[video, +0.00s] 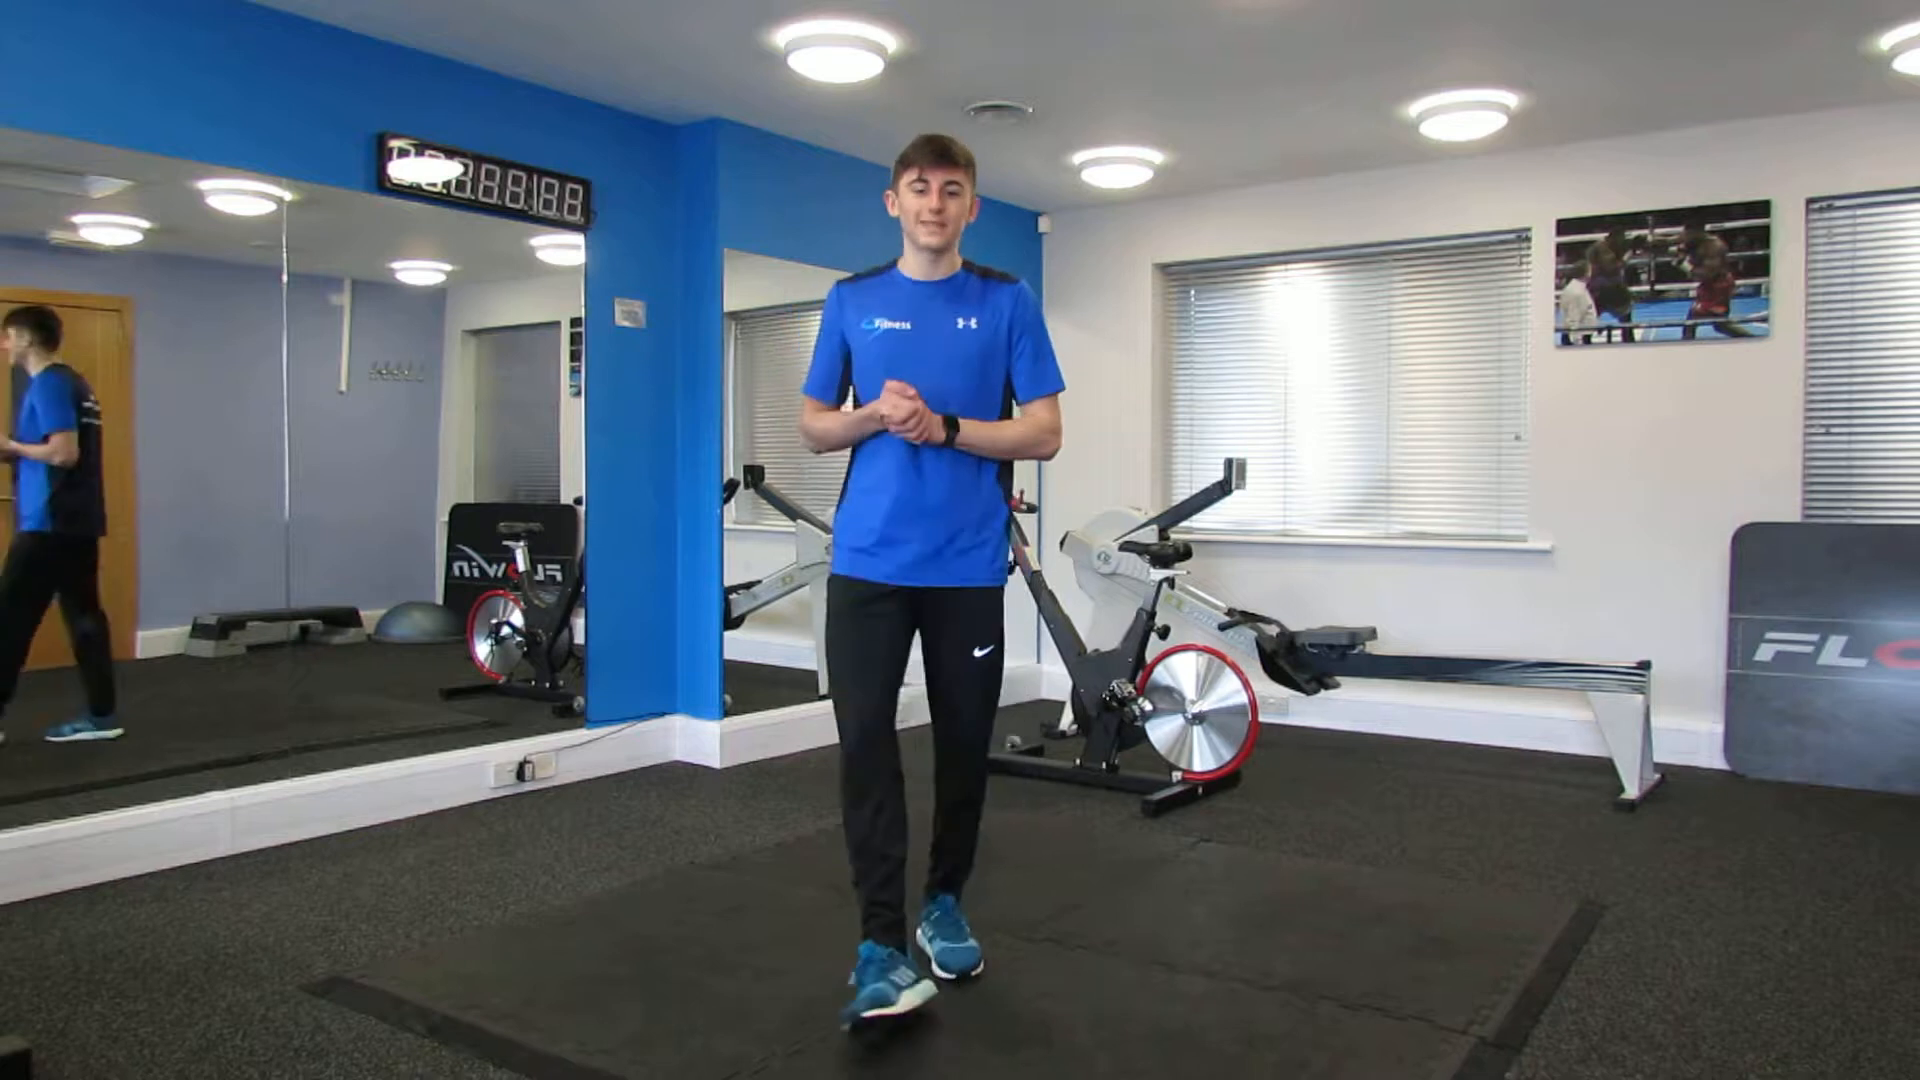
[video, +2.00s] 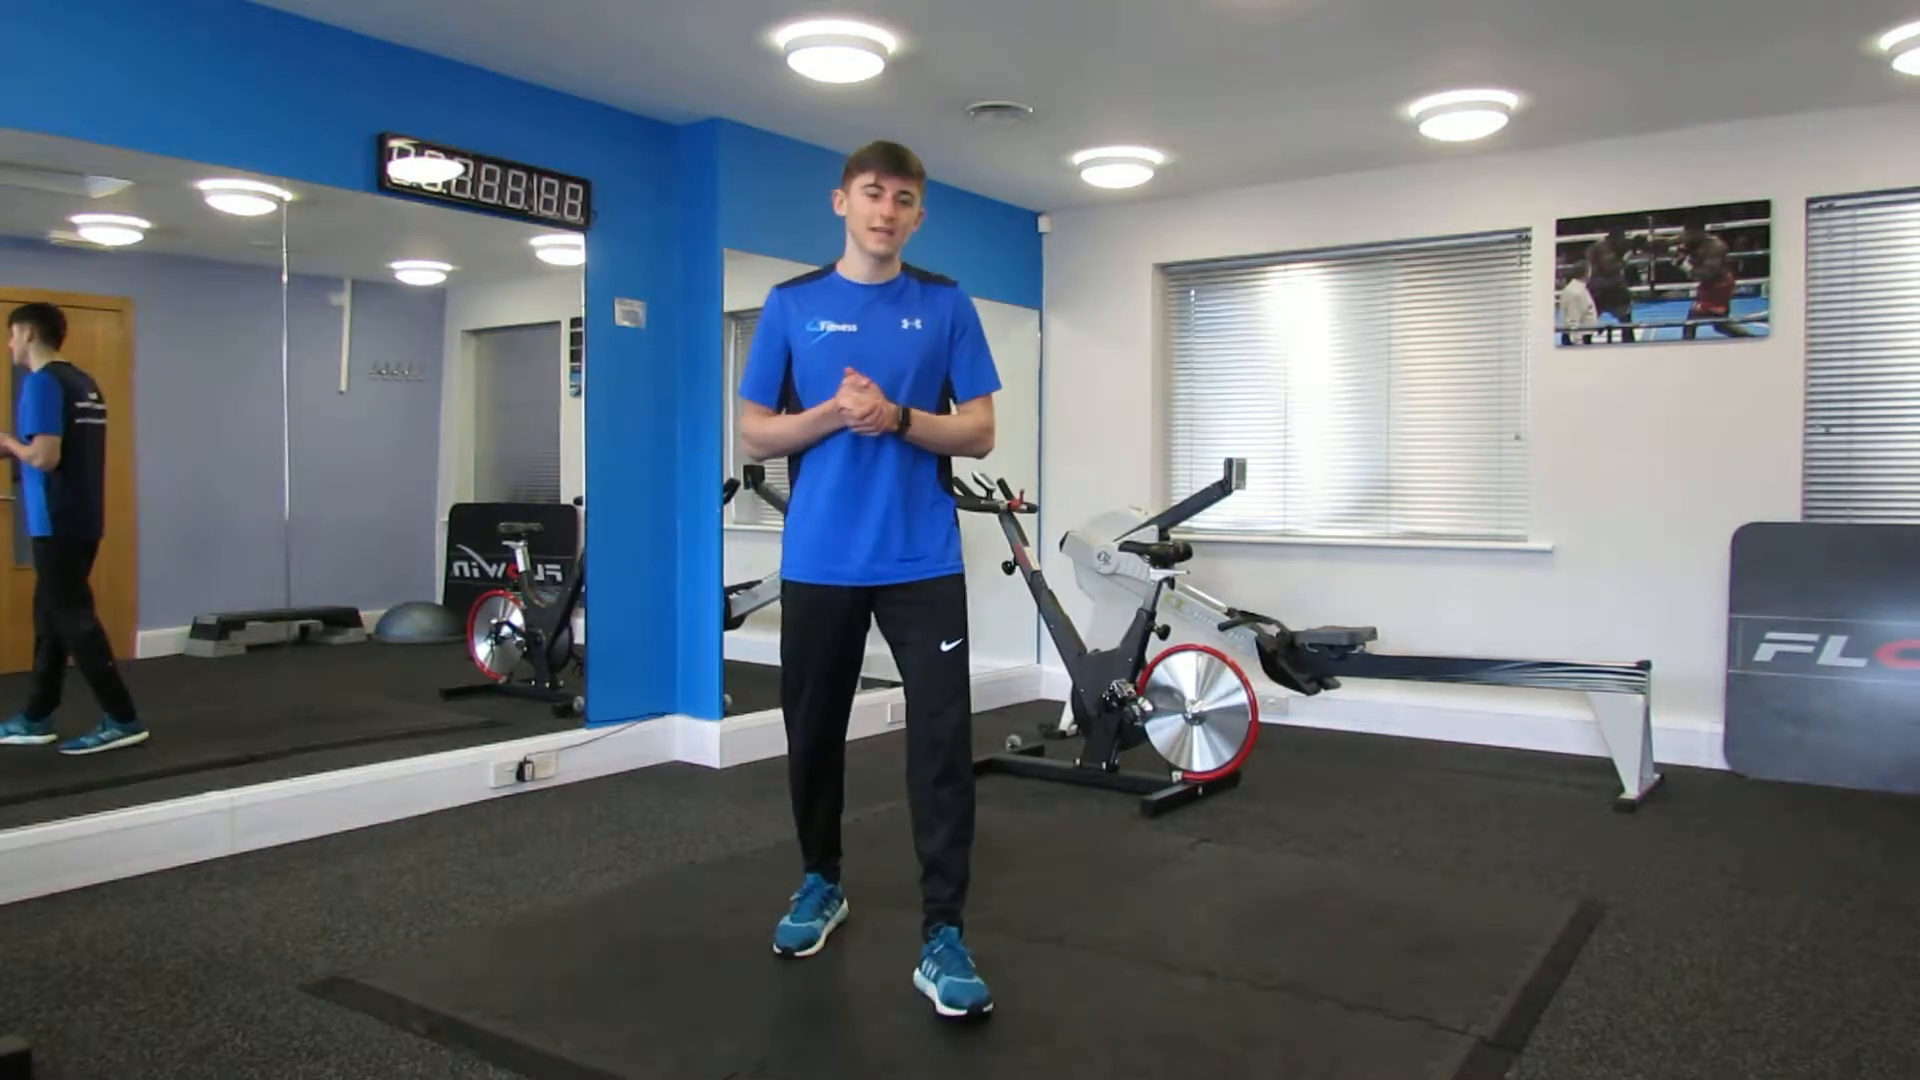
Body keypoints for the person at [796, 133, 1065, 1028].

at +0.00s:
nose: (935, 202)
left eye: (952, 190)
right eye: (920, 188)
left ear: (972, 207)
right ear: (895, 202)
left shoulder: (1008, 301)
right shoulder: (851, 300)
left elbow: (1045, 431)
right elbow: (816, 430)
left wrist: (949, 428)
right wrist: (871, 415)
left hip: (968, 566)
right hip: (867, 563)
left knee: (965, 747)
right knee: (864, 748)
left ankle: (944, 901)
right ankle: (881, 942)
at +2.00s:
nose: (887, 208)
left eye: (903, 198)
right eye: (874, 192)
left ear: (918, 216)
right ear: (842, 202)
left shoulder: (945, 304)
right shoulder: (789, 305)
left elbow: (979, 431)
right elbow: (754, 435)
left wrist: (899, 419)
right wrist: (830, 415)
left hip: (922, 557)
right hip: (821, 557)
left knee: (944, 737)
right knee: (812, 732)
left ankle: (943, 932)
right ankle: (820, 882)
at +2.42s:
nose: (944, 191)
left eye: (960, 176)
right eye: (928, 175)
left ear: (982, 190)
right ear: (901, 187)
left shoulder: (1013, 294)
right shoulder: (851, 286)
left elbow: (1040, 440)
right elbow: (792, 427)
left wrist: (1055, 400)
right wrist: (822, 378)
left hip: (969, 556)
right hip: (863, 549)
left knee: (968, 753)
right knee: (835, 741)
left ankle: (946, 938)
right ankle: (846, 897)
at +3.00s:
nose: (923, 161)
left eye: (942, 147)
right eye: (906, 147)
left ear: (970, 165)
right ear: (883, 166)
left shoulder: (1016, 275)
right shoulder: (839, 278)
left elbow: (1053, 429)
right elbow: (800, 437)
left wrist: (1009, 413)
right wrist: (831, 392)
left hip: (975, 573)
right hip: (859, 571)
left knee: (970, 777)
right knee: (859, 792)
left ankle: (944, 936)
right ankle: (883, 1002)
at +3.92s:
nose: (980, 151)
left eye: (998, 138)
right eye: (961, 138)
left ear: (1024, 160)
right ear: (934, 159)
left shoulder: (1069, 268)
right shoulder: (894, 269)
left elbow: (1128, 419)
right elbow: (836, 413)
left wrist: (1049, 426)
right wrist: (913, 324)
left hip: (1025, 570)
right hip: (905, 566)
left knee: (1038, 778)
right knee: (885, 779)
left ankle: (1035, 961)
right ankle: (888, 1003)